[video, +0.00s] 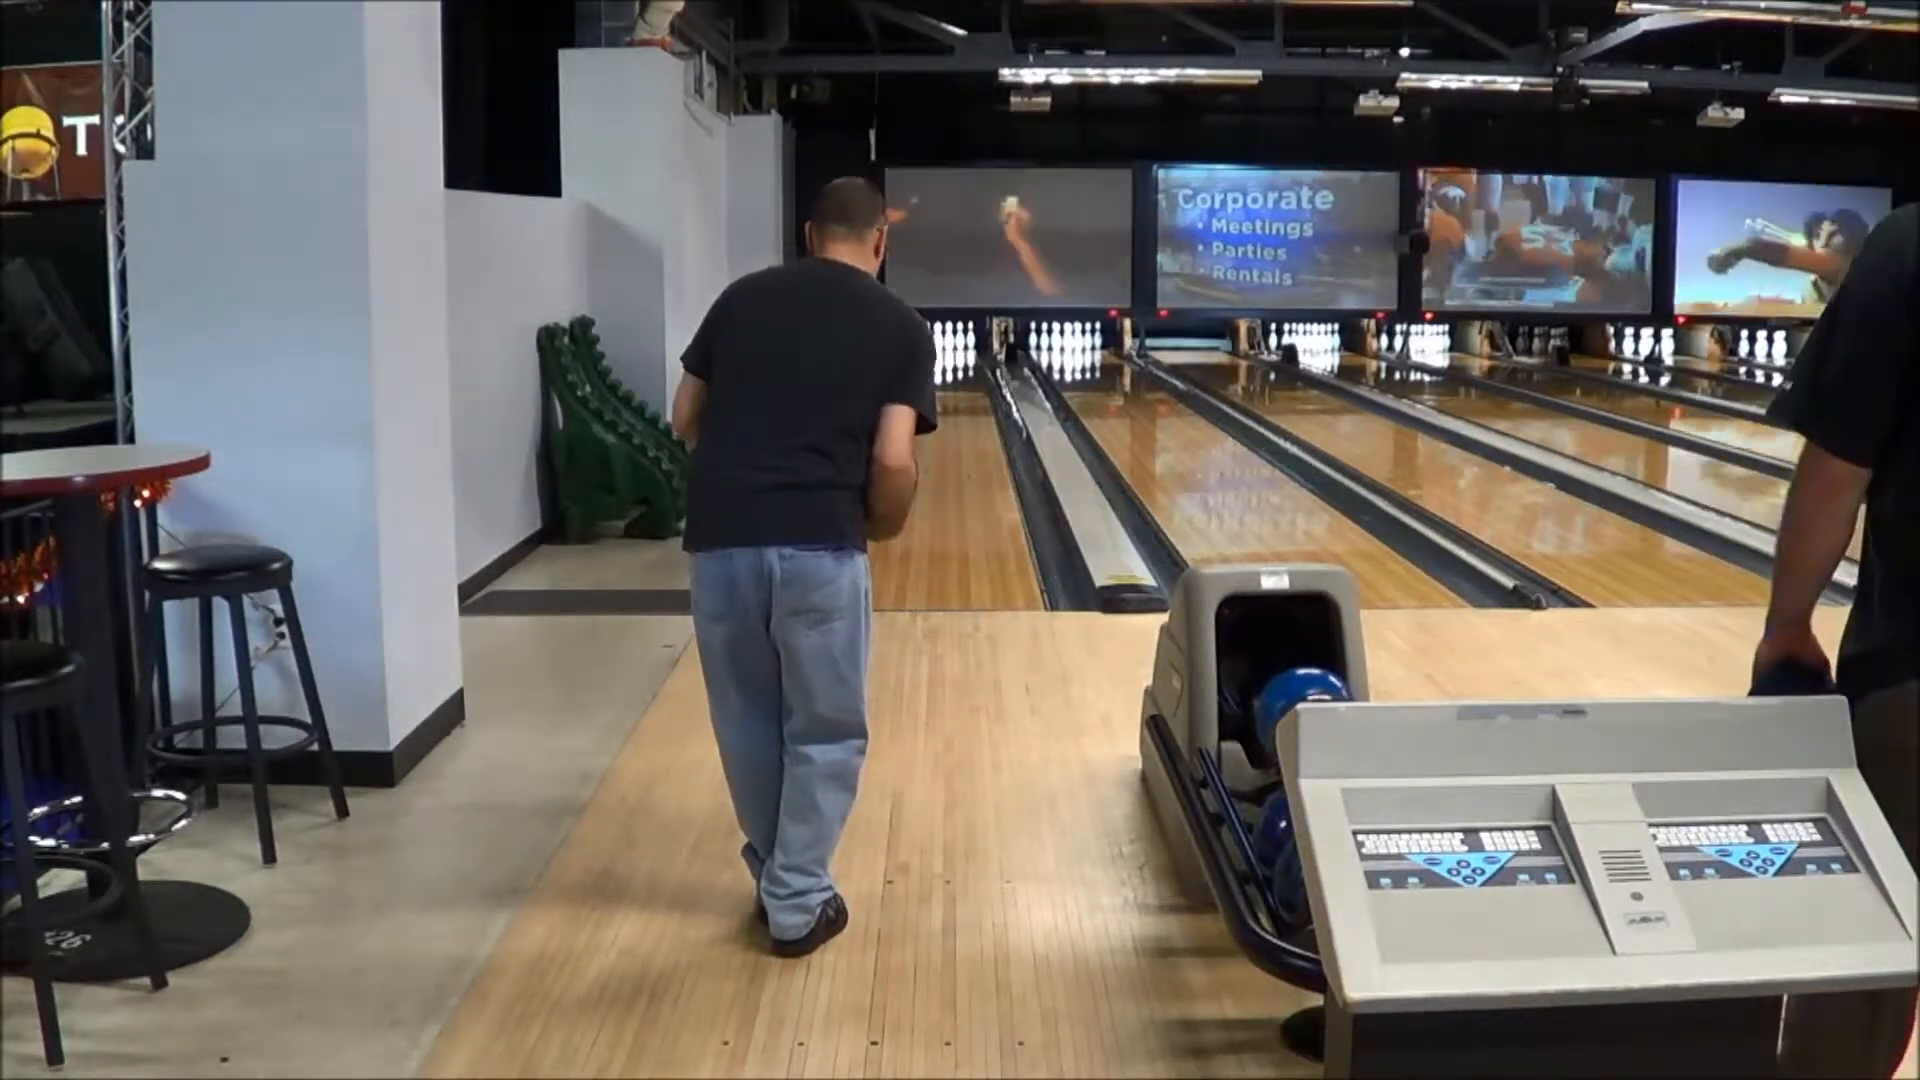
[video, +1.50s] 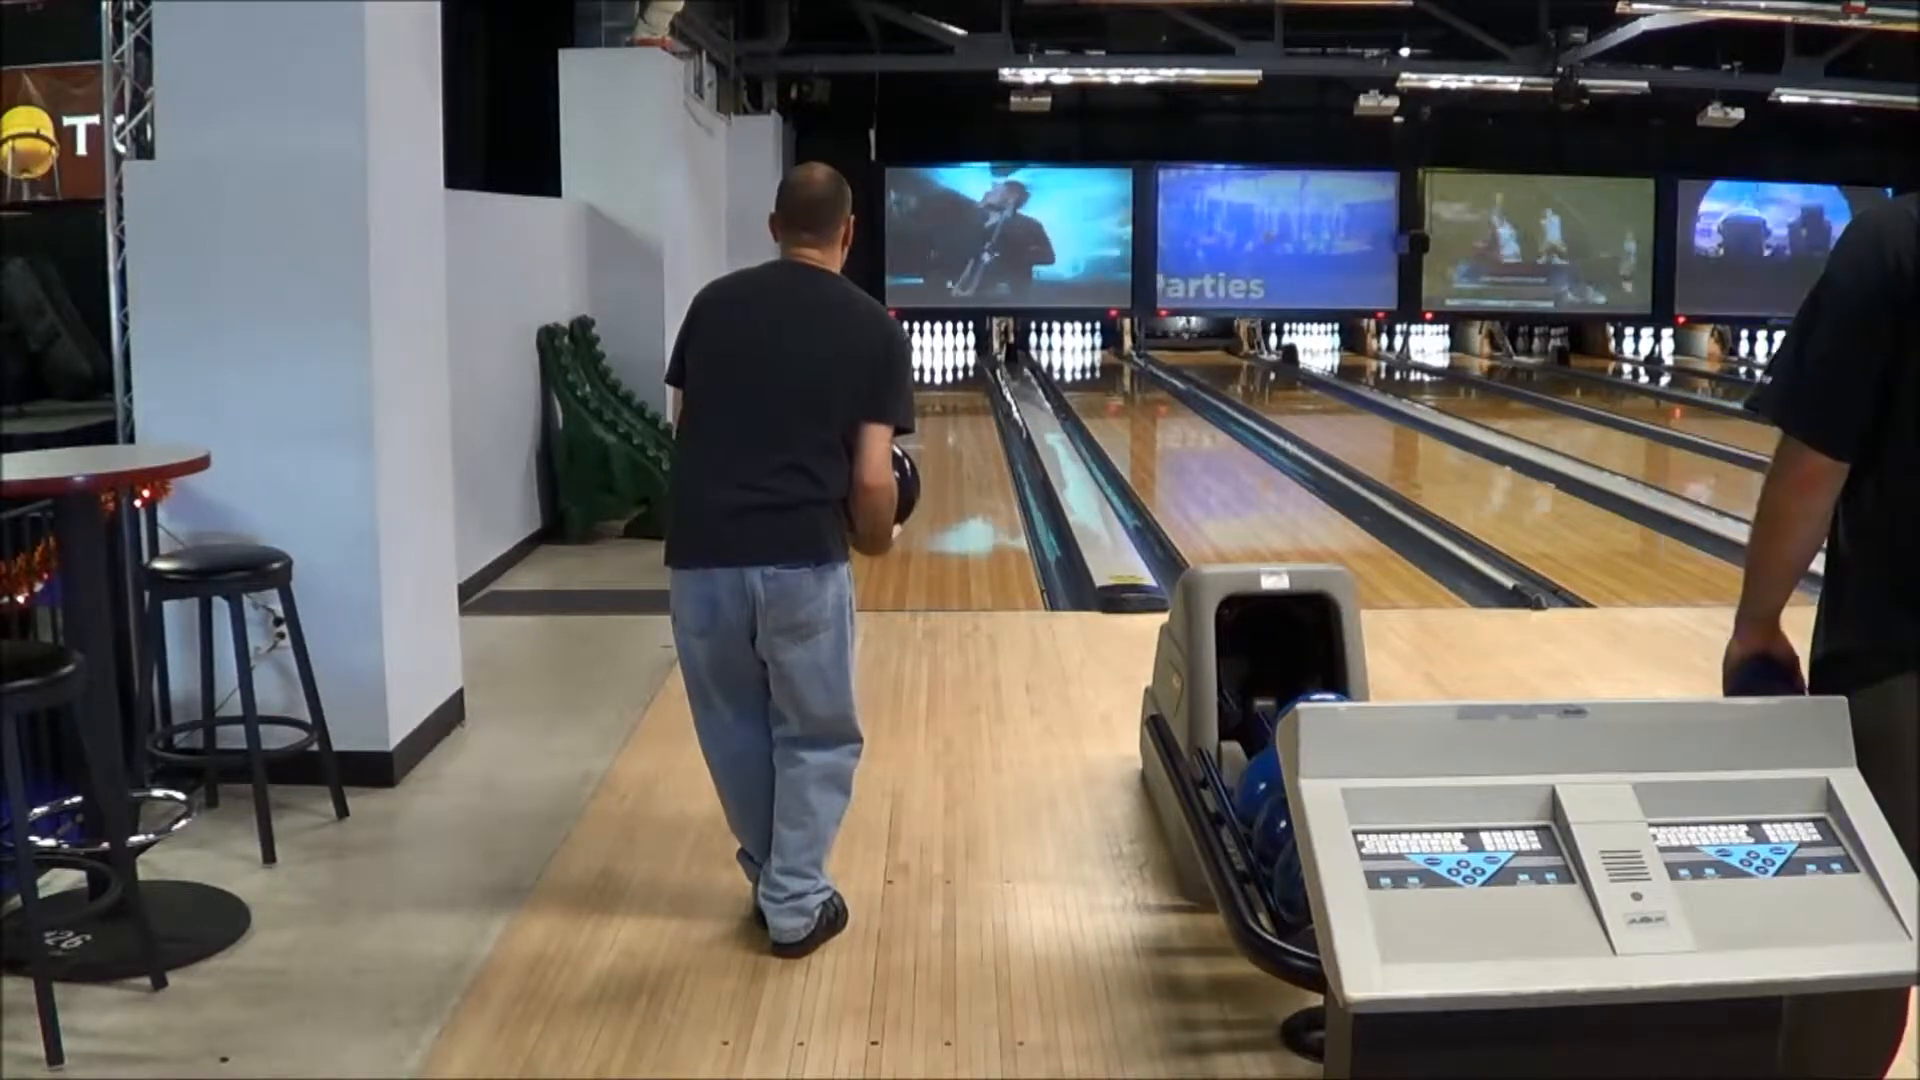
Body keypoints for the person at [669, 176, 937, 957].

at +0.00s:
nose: (882, 249)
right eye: (886, 238)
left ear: (808, 234)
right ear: (883, 237)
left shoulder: (744, 296)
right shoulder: (898, 324)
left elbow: (686, 416)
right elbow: (893, 460)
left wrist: (735, 470)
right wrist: (878, 528)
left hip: (720, 540)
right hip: (820, 543)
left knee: (744, 715)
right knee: (826, 729)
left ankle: (772, 868)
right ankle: (793, 904)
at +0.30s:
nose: (870, 240)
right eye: (877, 229)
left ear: (799, 227)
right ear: (875, 232)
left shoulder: (738, 296)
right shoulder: (894, 325)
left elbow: (684, 416)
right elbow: (889, 470)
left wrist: (739, 458)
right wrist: (881, 521)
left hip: (716, 539)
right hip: (816, 542)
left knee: (744, 716)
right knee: (825, 730)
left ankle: (772, 871)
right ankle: (792, 904)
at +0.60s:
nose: (857, 232)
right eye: (862, 221)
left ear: (782, 225)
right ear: (859, 227)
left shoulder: (727, 297)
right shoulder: (883, 323)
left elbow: (688, 420)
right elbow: (886, 484)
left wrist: (734, 462)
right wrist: (877, 503)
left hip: (715, 540)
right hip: (815, 543)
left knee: (741, 718)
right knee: (822, 730)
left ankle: (768, 871)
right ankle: (793, 905)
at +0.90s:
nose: (851, 235)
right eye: (854, 223)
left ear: (773, 226)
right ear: (850, 228)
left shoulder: (718, 301)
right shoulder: (869, 325)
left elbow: (686, 420)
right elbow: (872, 484)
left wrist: (740, 451)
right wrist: (885, 513)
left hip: (705, 551)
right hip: (807, 552)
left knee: (735, 722)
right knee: (819, 733)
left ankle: (768, 873)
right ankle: (793, 904)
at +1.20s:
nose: (847, 237)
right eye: (851, 226)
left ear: (770, 228)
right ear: (847, 231)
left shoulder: (714, 303)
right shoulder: (868, 328)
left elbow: (684, 425)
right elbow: (873, 489)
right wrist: (887, 528)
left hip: (702, 557)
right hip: (804, 558)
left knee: (732, 725)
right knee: (817, 735)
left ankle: (769, 872)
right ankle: (793, 904)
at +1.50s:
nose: (851, 237)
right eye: (854, 226)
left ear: (772, 228)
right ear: (849, 230)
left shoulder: (715, 302)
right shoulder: (870, 326)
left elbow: (683, 423)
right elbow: (871, 477)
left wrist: (724, 485)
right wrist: (878, 537)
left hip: (701, 557)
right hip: (803, 557)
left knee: (732, 724)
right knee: (817, 736)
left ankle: (768, 870)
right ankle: (794, 904)